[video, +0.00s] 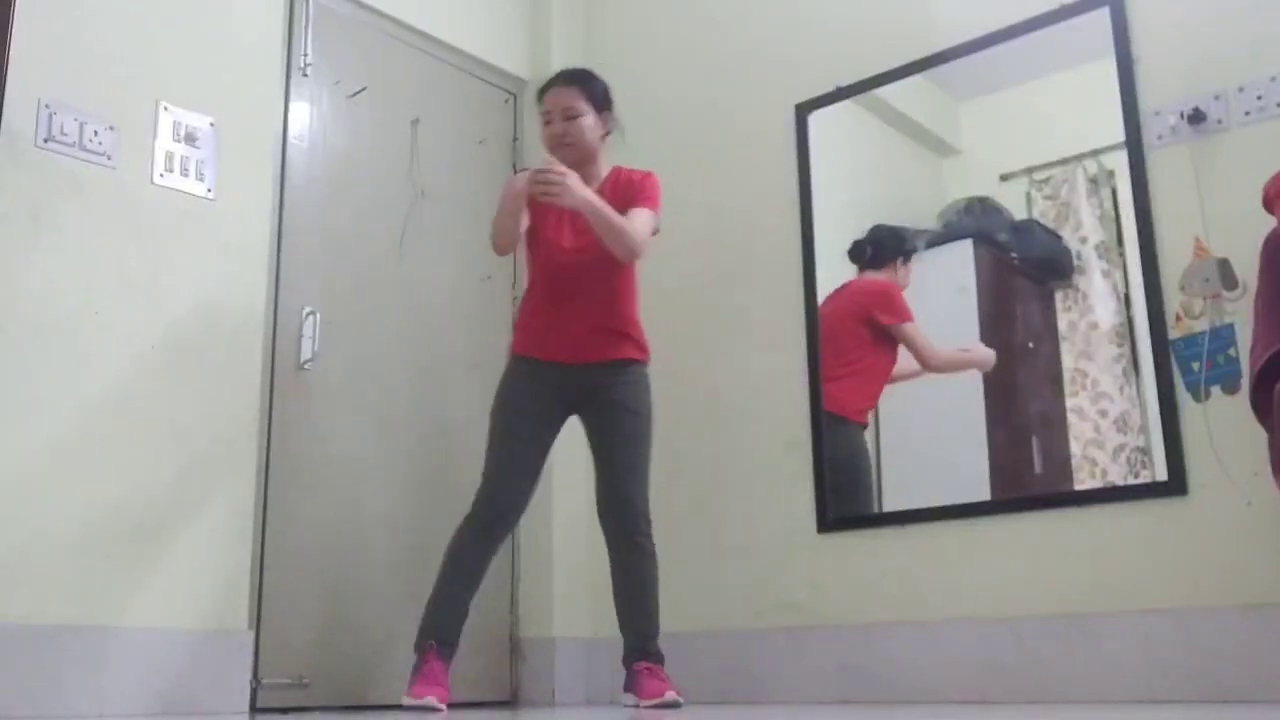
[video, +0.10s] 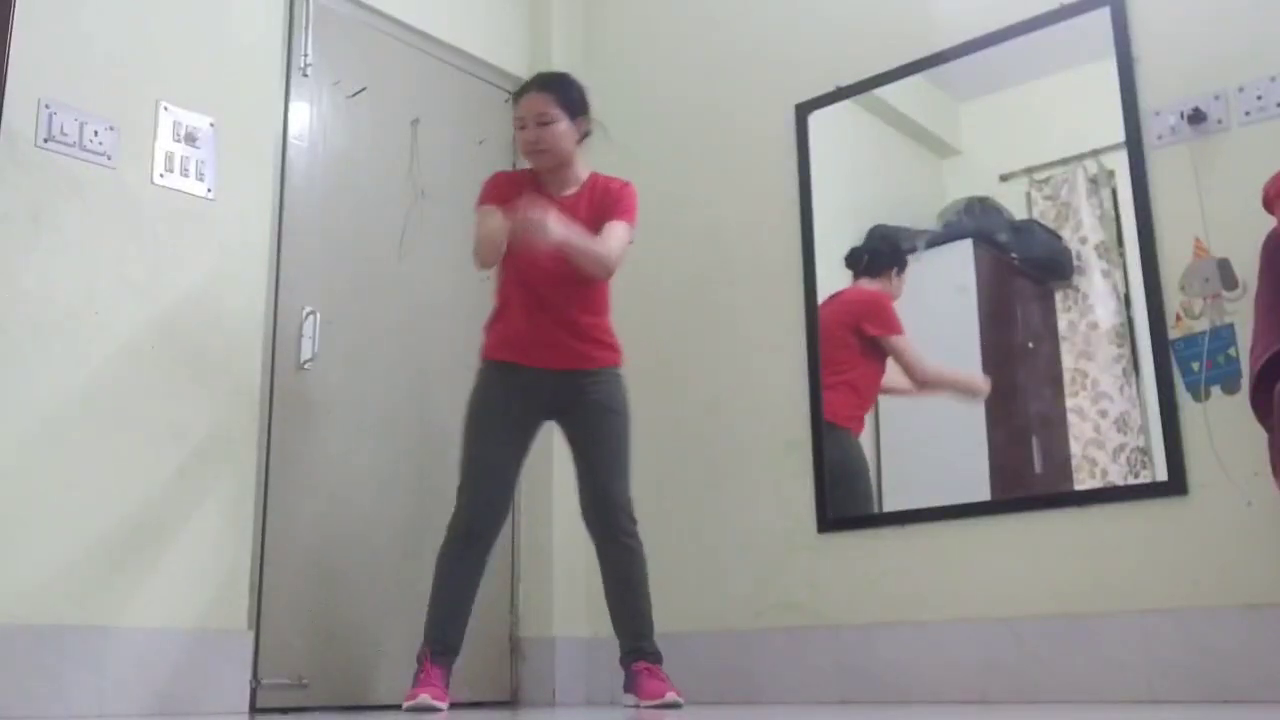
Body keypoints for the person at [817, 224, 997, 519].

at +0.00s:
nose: (910, 276)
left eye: (911, 266)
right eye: (910, 266)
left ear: (867, 260)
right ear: (898, 264)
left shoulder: (843, 295)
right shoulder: (880, 291)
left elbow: (880, 373)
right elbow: (932, 359)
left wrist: (954, 356)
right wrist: (980, 358)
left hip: (825, 421)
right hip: (838, 424)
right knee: (857, 525)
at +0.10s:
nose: (903, 285)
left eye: (905, 276)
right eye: (904, 276)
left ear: (860, 271)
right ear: (893, 274)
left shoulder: (835, 304)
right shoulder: (872, 302)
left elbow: (876, 380)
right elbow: (921, 374)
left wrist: (945, 387)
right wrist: (974, 382)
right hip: (832, 431)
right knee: (858, 525)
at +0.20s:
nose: (897, 296)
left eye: (898, 287)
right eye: (897, 287)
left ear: (857, 279)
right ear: (887, 284)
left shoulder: (832, 311)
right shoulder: (865, 310)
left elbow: (869, 405)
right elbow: (895, 386)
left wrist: (920, 441)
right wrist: (942, 433)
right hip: (828, 442)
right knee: (856, 533)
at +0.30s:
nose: (892, 307)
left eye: (894, 298)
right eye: (894, 297)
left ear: (854, 288)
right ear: (886, 293)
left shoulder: (829, 317)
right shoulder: (858, 318)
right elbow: (868, 401)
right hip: (824, 444)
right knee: (864, 529)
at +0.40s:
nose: (892, 313)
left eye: (895, 304)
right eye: (895, 304)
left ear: (853, 292)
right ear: (888, 298)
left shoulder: (831, 320)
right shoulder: (856, 322)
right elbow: (839, 393)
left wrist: (831, 459)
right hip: (821, 453)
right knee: (868, 524)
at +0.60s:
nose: (892, 321)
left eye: (896, 313)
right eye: (896, 312)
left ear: (859, 294)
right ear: (889, 303)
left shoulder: (832, 320)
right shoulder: (858, 321)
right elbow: (815, 360)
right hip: (823, 449)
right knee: (836, 530)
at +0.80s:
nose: (888, 327)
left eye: (893, 318)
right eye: (892, 317)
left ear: (859, 298)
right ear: (885, 306)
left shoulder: (829, 322)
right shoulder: (849, 323)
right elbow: (823, 386)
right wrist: (821, 448)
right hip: (822, 459)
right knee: (865, 525)